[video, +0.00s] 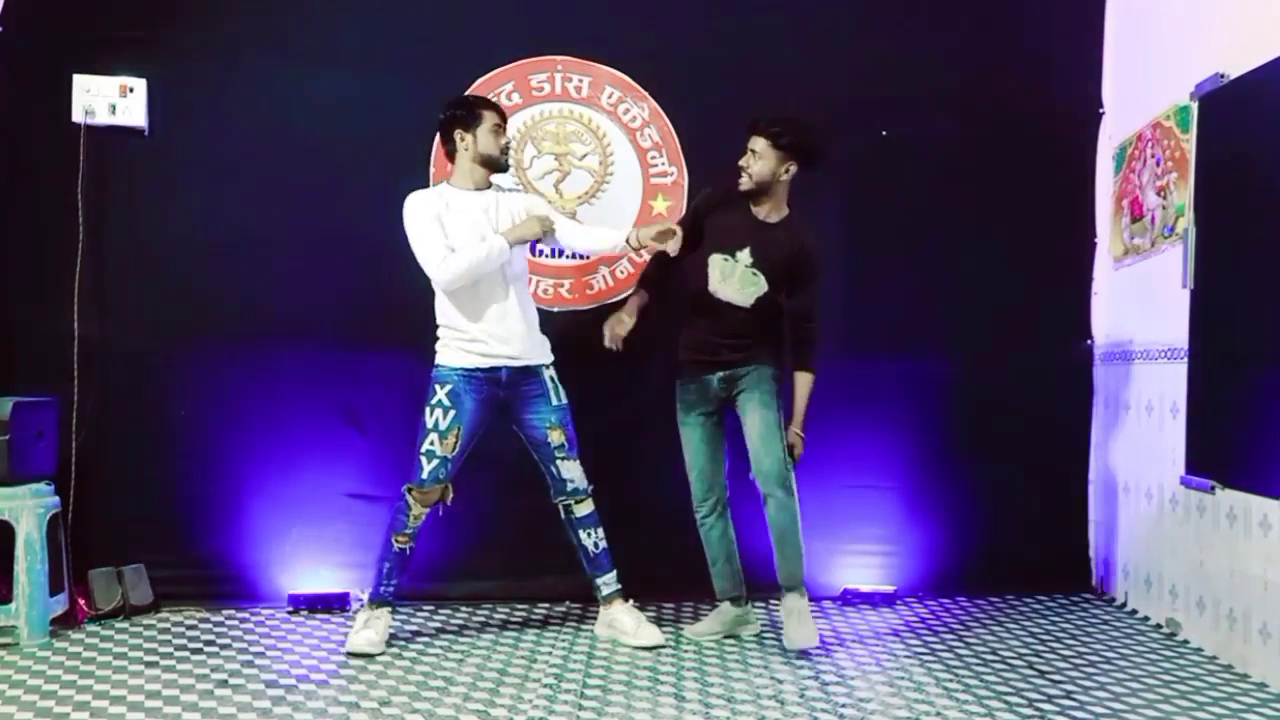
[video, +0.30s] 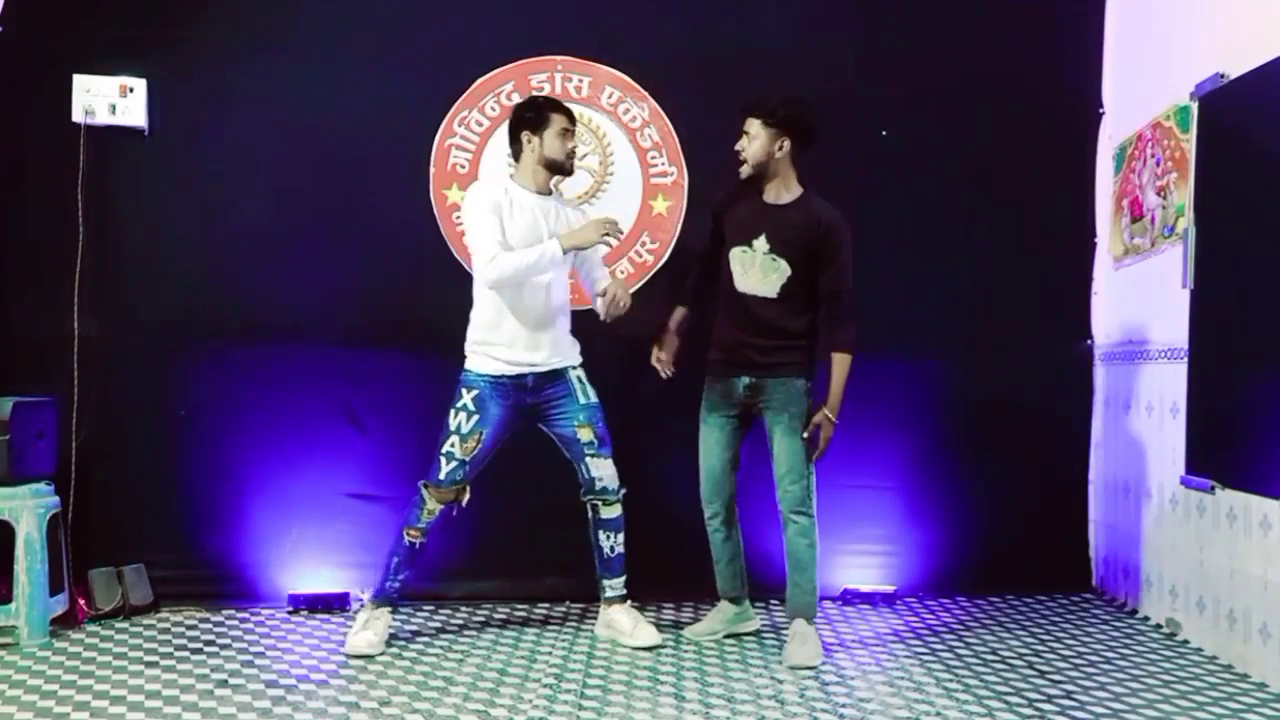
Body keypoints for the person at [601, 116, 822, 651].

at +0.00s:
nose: (742, 162)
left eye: (754, 156)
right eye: (745, 153)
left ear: (786, 168)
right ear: (756, 162)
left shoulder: (796, 246)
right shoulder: (714, 207)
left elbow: (803, 334)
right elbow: (664, 255)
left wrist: (797, 420)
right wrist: (630, 308)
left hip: (755, 370)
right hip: (696, 372)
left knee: (773, 477)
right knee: (706, 497)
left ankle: (794, 598)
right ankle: (733, 603)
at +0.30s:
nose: (739, 145)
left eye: (749, 136)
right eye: (741, 135)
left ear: (783, 144)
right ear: (764, 145)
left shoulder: (821, 222)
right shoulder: (729, 207)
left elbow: (839, 319)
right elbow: (698, 276)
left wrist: (832, 405)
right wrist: (671, 330)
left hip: (786, 378)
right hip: (722, 374)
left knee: (795, 504)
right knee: (715, 501)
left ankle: (802, 622)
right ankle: (735, 607)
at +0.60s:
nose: (732, 144)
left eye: (740, 132)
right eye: (734, 133)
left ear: (771, 137)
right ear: (763, 140)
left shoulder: (822, 211)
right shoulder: (744, 208)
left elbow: (855, 311)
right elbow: (742, 295)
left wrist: (838, 398)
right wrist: (736, 358)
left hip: (794, 379)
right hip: (736, 375)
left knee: (799, 504)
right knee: (730, 498)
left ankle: (802, 623)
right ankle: (739, 608)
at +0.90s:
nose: (726, 142)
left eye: (734, 132)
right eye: (727, 132)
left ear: (765, 139)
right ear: (755, 140)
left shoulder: (812, 206)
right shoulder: (746, 207)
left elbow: (858, 297)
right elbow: (751, 292)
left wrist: (820, 382)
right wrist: (739, 357)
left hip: (786, 381)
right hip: (735, 377)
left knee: (795, 505)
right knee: (733, 498)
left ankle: (802, 622)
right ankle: (741, 609)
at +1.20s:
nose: (718, 144)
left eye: (726, 134)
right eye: (720, 134)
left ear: (756, 140)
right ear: (750, 142)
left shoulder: (805, 200)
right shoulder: (741, 206)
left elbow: (884, 258)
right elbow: (757, 276)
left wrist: (817, 309)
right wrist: (733, 320)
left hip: (783, 377)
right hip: (735, 374)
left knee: (793, 504)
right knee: (732, 499)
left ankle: (802, 623)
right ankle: (741, 609)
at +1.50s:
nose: (721, 143)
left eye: (732, 133)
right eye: (723, 134)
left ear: (768, 141)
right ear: (746, 145)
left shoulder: (808, 202)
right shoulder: (736, 213)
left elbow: (874, 269)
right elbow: (731, 282)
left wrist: (809, 318)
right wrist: (729, 319)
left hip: (788, 379)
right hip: (737, 378)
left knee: (798, 503)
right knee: (737, 499)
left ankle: (802, 623)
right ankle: (742, 610)